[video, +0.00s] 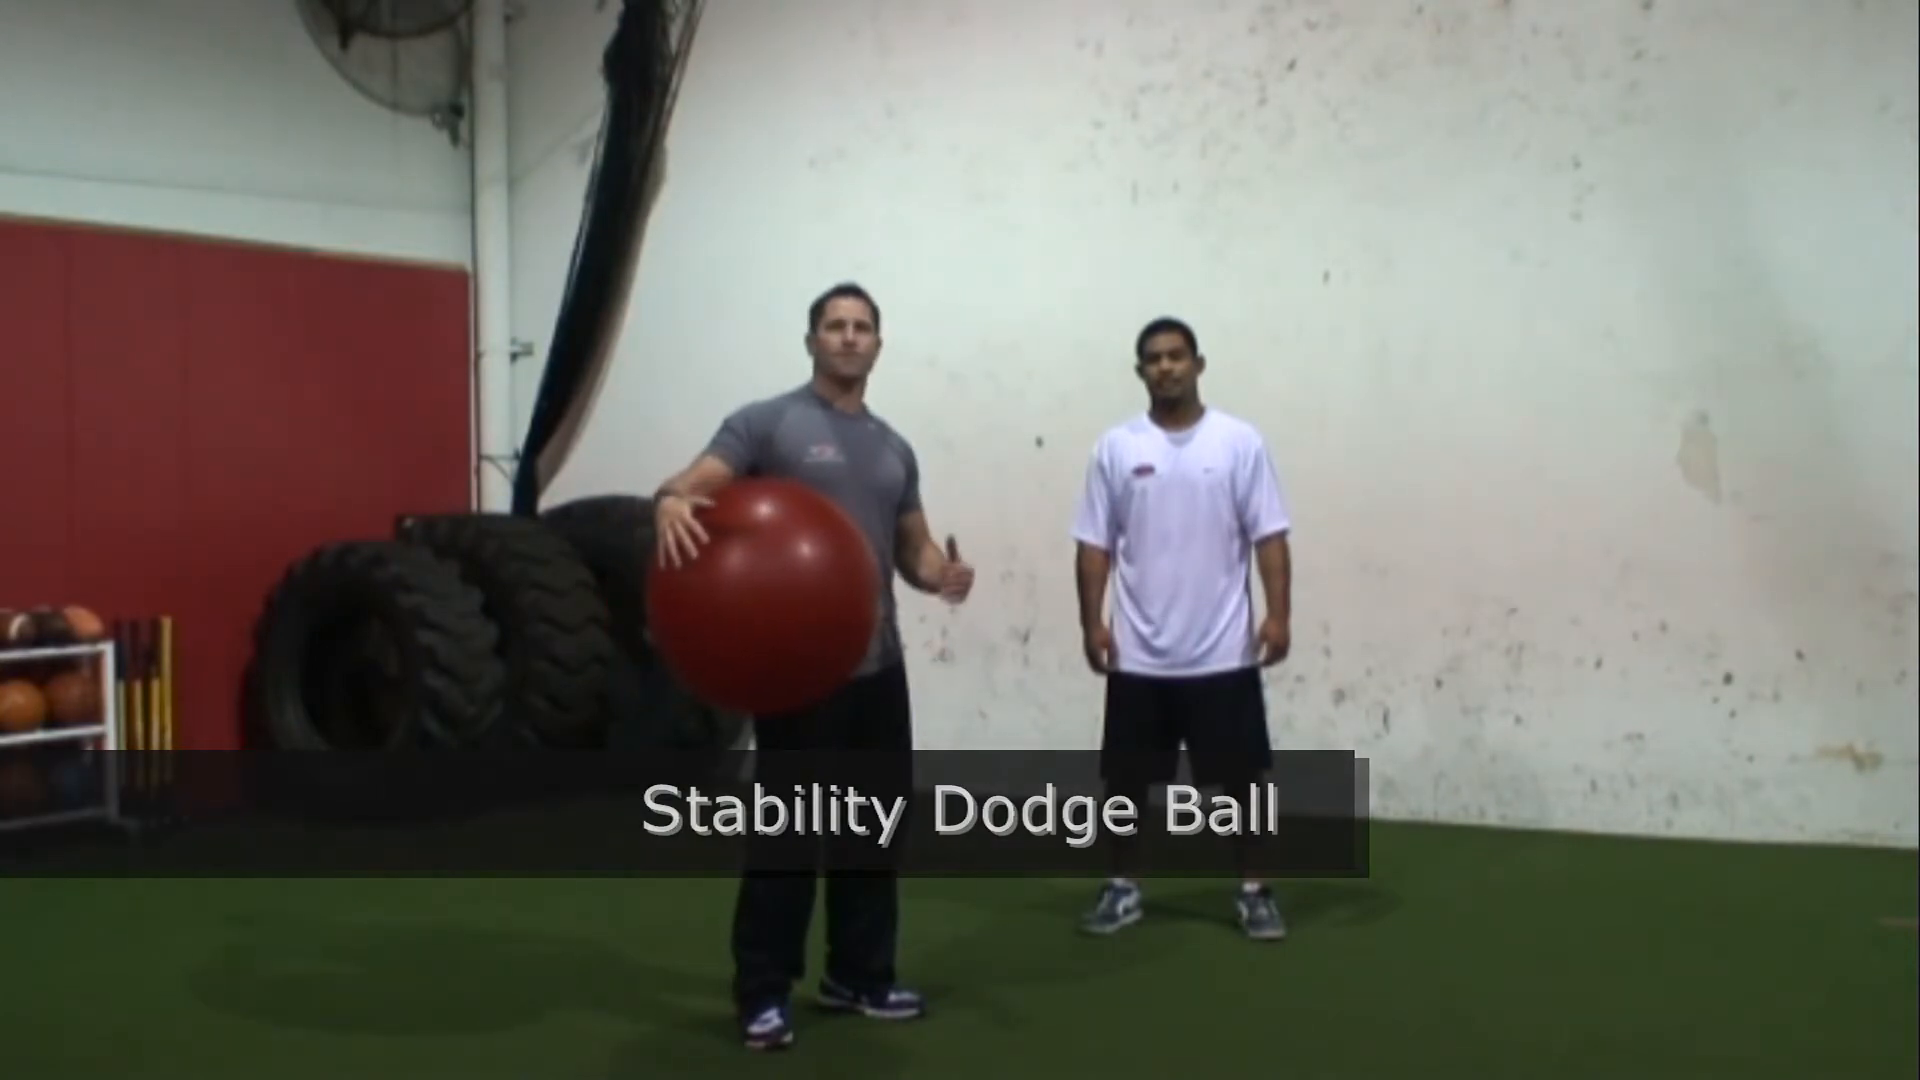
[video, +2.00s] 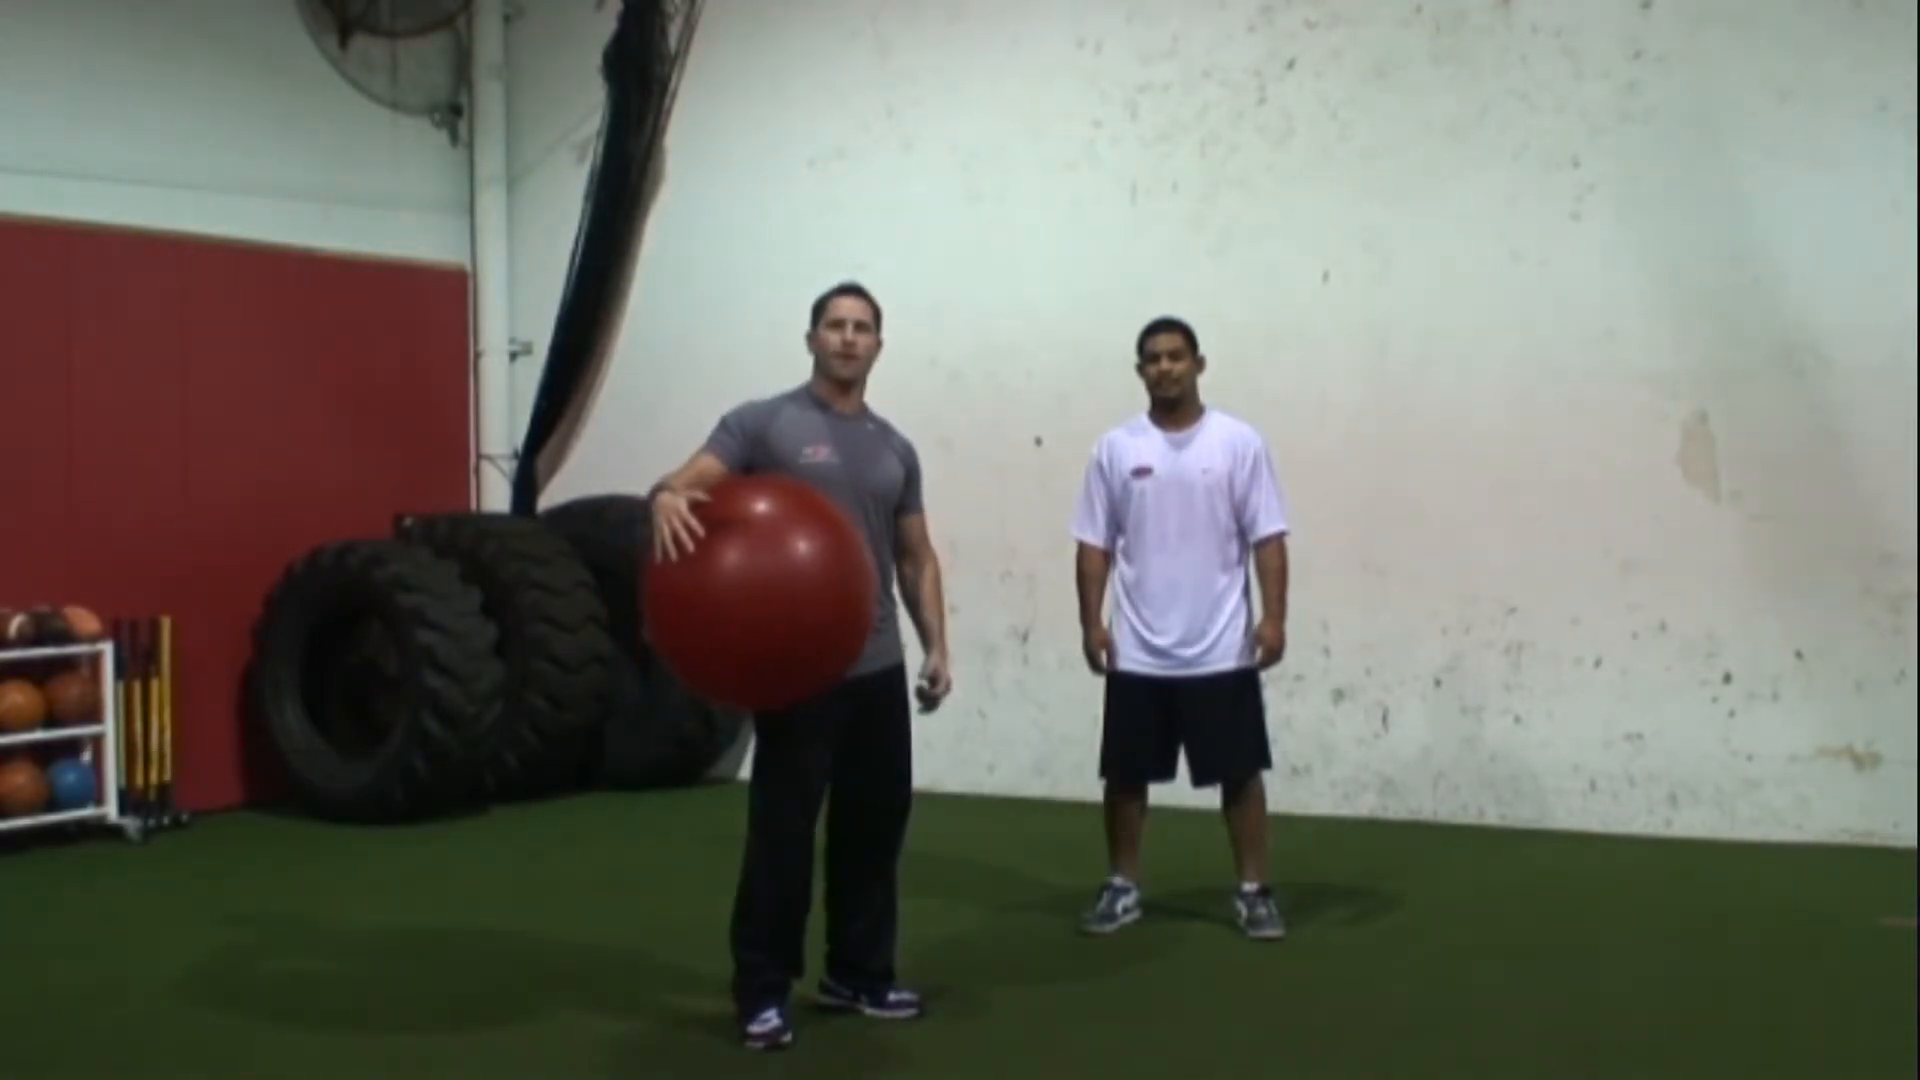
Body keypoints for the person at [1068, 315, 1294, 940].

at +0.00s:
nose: (1166, 367)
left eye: (1176, 356)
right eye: (1154, 359)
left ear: (1198, 364)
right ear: (1140, 372)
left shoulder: (1240, 442)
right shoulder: (1117, 448)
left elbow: (1270, 533)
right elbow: (1094, 541)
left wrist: (1278, 613)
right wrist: (1093, 622)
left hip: (1222, 646)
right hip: (1140, 647)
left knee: (1242, 780)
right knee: (1124, 780)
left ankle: (1254, 888)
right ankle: (1123, 884)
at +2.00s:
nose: (1164, 367)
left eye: (1175, 357)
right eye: (1153, 359)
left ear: (1198, 365)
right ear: (1140, 371)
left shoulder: (1239, 443)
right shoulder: (1116, 449)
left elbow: (1268, 536)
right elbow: (1093, 540)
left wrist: (1273, 617)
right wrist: (1092, 621)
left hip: (1221, 645)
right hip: (1139, 646)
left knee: (1242, 776)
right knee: (1124, 777)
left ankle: (1254, 888)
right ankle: (1122, 883)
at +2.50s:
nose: (1163, 368)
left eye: (1174, 357)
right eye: (1152, 360)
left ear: (1197, 365)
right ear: (1138, 372)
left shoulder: (1239, 443)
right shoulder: (1116, 449)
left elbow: (1268, 535)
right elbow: (1094, 541)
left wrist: (1274, 616)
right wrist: (1091, 622)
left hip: (1220, 645)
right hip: (1138, 646)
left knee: (1242, 776)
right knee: (1123, 777)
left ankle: (1254, 889)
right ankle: (1122, 883)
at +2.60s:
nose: (1163, 369)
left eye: (1174, 358)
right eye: (1152, 361)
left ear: (1197, 365)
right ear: (1138, 372)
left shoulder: (1238, 443)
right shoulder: (1116, 449)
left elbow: (1268, 534)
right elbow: (1093, 540)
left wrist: (1276, 615)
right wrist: (1091, 622)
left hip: (1220, 645)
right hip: (1138, 646)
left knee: (1241, 776)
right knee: (1123, 777)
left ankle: (1254, 889)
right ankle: (1122, 883)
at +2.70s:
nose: (1163, 368)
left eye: (1174, 357)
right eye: (1152, 360)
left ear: (1197, 364)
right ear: (1138, 372)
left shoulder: (1238, 442)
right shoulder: (1116, 448)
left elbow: (1269, 534)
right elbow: (1093, 540)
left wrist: (1277, 614)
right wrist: (1091, 622)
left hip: (1220, 644)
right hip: (1138, 645)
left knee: (1241, 776)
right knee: (1123, 777)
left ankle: (1254, 889)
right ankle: (1122, 884)